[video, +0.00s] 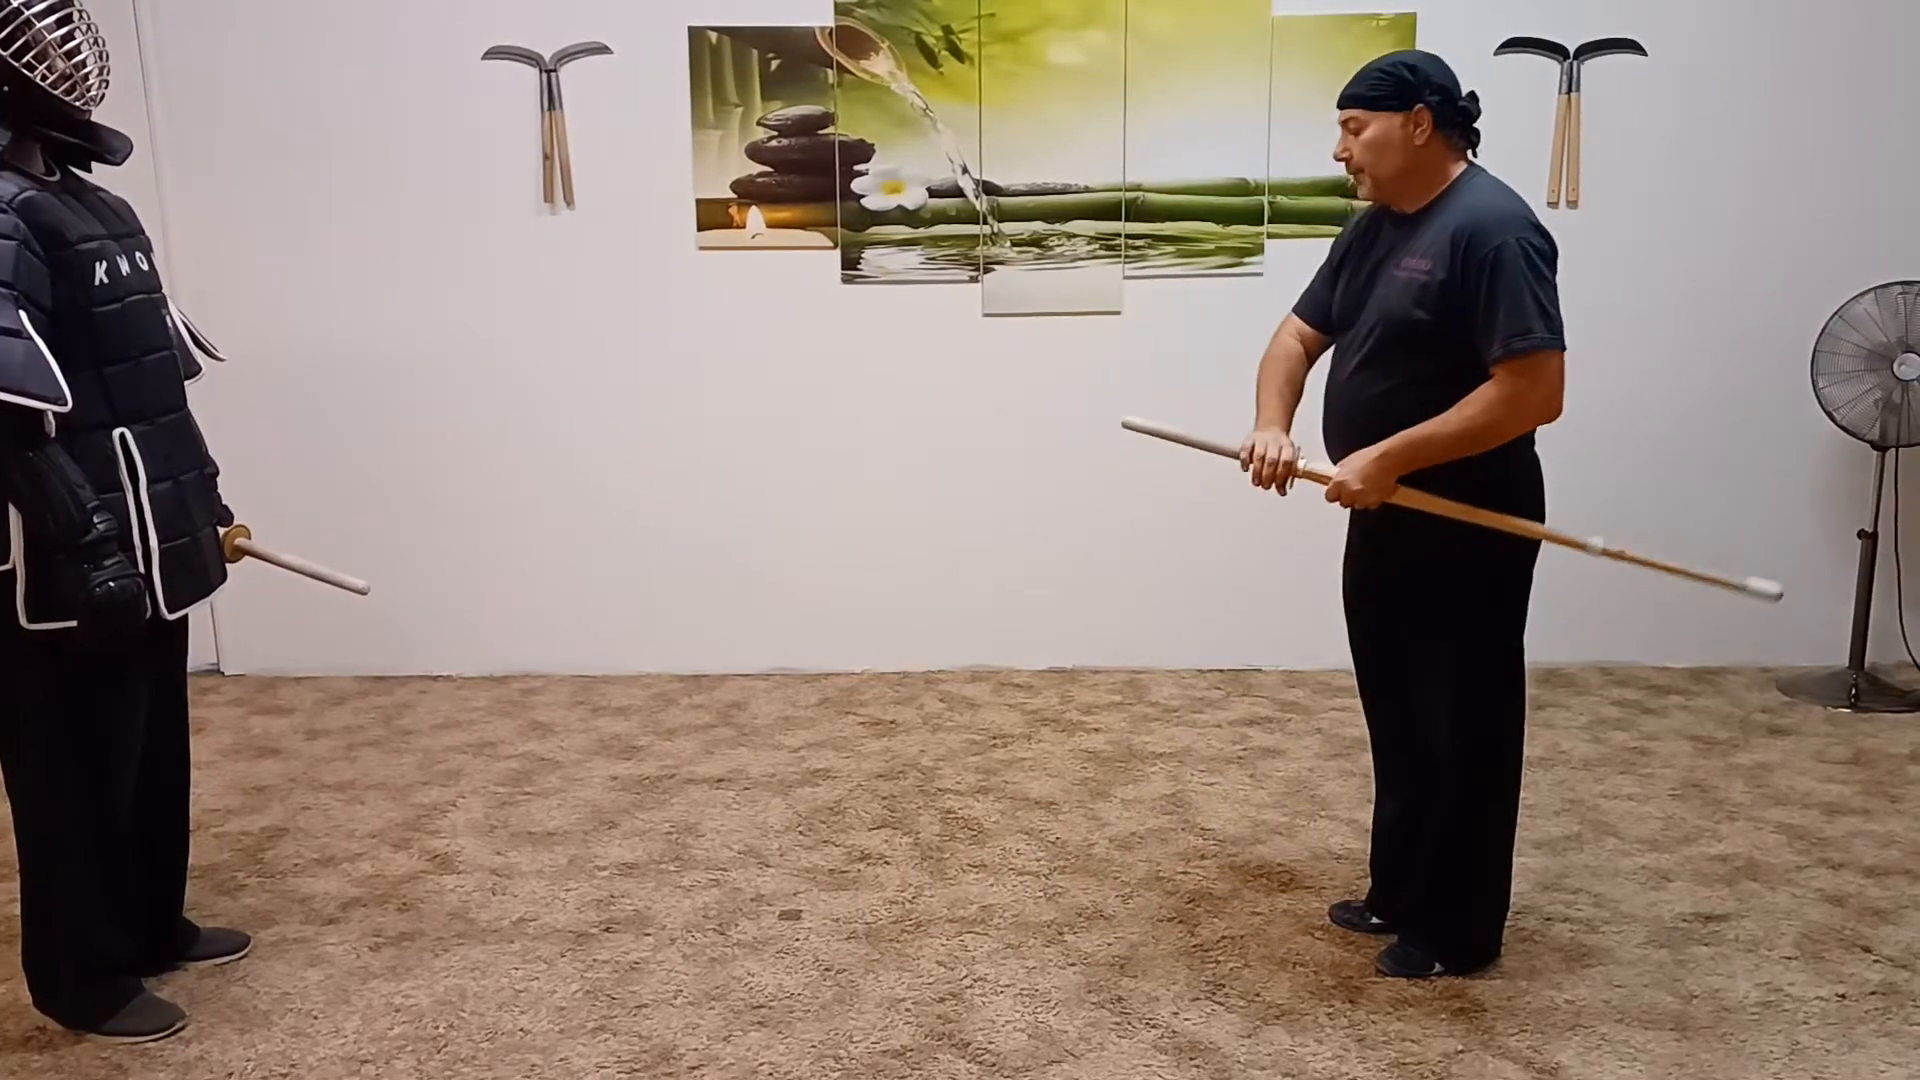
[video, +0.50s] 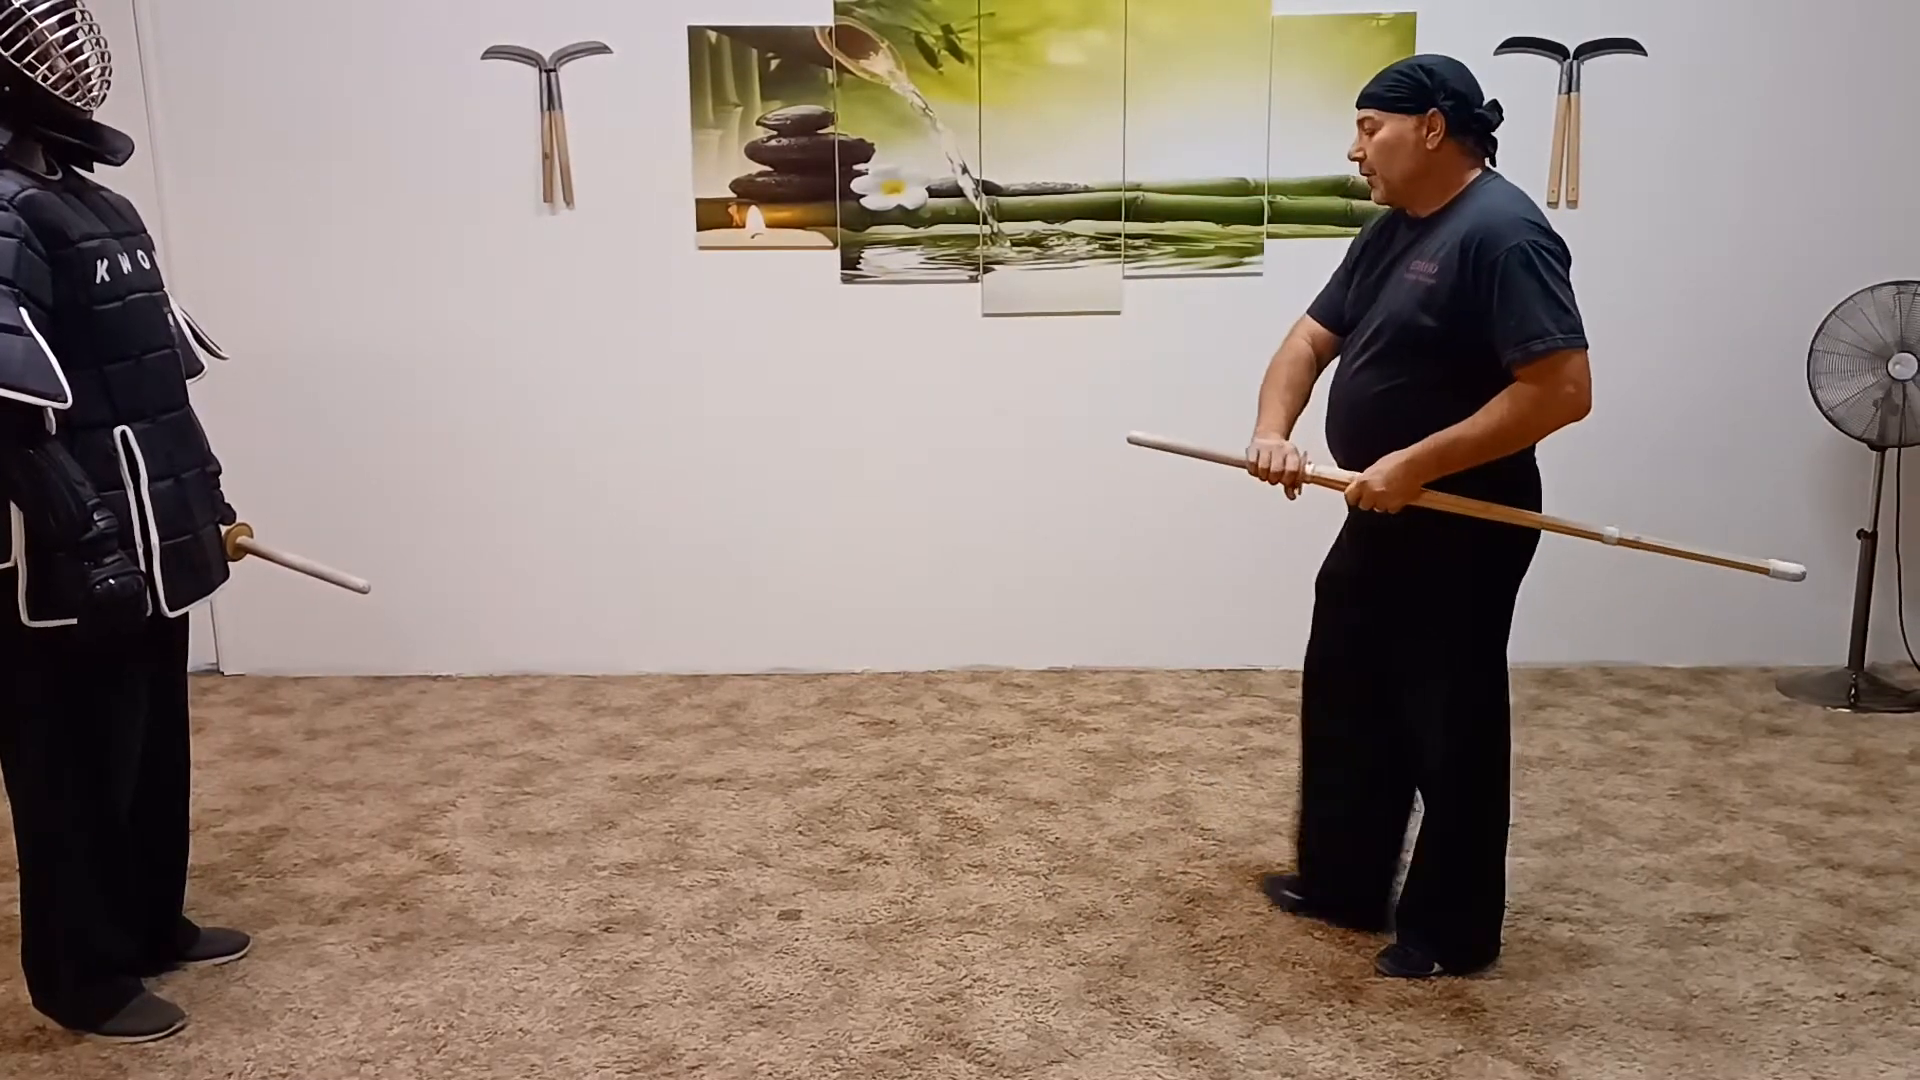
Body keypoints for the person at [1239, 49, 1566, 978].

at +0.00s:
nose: (1342, 150)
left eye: (1356, 128)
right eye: (1341, 131)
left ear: (1418, 124)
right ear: (1404, 132)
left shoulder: (1495, 227)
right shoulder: (1373, 228)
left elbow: (1533, 389)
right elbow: (1295, 339)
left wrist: (1391, 455)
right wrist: (1274, 426)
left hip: (1472, 518)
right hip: (1385, 509)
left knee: (1464, 718)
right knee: (1396, 710)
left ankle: (1459, 930)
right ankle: (1401, 897)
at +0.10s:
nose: (1349, 142)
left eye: (1364, 120)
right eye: (1348, 125)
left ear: (1425, 121)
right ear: (1409, 129)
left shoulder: (1501, 225)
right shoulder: (1376, 227)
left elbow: (1544, 386)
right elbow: (1299, 340)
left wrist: (1399, 452)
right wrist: (1276, 422)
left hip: (1474, 516)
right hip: (1385, 507)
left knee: (1464, 716)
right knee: (1394, 709)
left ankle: (1460, 931)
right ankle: (1401, 896)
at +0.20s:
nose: (1354, 142)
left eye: (1370, 120)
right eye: (1355, 124)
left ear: (1431, 121)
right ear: (1415, 128)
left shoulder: (1505, 225)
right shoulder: (1380, 229)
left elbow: (1557, 383)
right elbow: (1301, 340)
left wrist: (1412, 454)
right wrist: (1278, 424)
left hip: (1475, 517)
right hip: (1386, 507)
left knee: (1462, 717)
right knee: (1393, 710)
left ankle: (1460, 931)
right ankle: (1400, 896)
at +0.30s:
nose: (1358, 141)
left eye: (1375, 120)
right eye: (1359, 123)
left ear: (1436, 125)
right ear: (1420, 131)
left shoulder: (1507, 228)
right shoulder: (1386, 228)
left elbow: (1563, 386)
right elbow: (1307, 340)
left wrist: (1419, 459)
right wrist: (1282, 425)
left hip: (1474, 515)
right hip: (1386, 506)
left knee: (1460, 713)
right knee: (1381, 698)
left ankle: (1460, 931)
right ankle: (1396, 894)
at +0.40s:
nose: (1359, 144)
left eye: (1375, 124)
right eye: (1361, 127)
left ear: (1435, 127)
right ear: (1421, 133)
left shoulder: (1509, 230)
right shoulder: (1389, 230)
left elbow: (1564, 389)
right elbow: (1309, 343)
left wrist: (1419, 462)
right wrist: (1281, 430)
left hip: (1474, 516)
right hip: (1385, 506)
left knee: (1455, 712)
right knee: (1357, 691)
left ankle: (1459, 930)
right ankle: (1380, 888)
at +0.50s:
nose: (1357, 146)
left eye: (1372, 125)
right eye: (1358, 128)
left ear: (1432, 128)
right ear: (1420, 134)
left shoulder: (1505, 232)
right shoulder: (1388, 231)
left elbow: (1561, 389)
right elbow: (1307, 343)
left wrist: (1417, 462)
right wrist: (1275, 427)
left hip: (1470, 516)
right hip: (1382, 504)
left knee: (1454, 717)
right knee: (1344, 688)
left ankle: (1453, 931)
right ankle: (1343, 885)